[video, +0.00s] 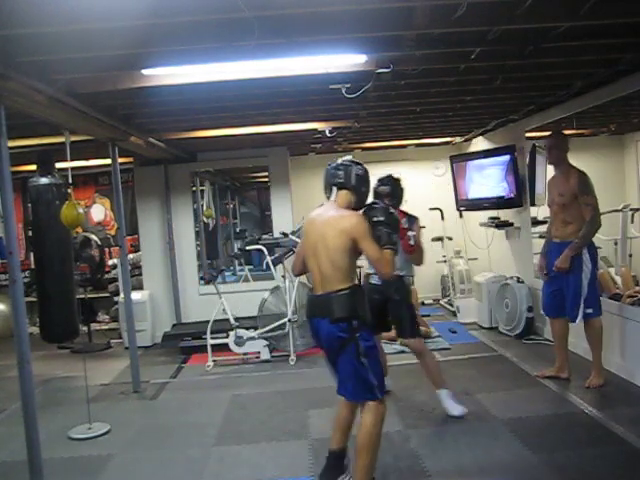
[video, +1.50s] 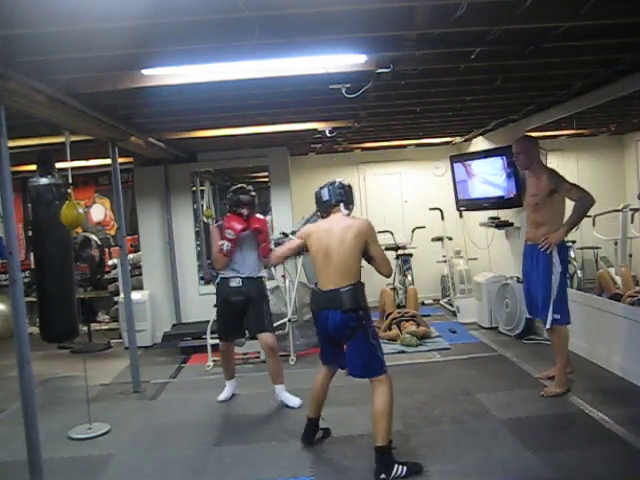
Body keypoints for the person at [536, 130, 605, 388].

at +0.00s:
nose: (548, 153)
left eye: (553, 149)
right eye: (546, 149)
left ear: (565, 149)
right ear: (546, 152)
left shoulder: (579, 178)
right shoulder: (552, 182)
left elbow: (595, 222)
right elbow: (553, 222)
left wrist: (569, 253)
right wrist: (544, 253)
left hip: (579, 251)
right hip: (556, 250)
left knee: (589, 311)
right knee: (555, 308)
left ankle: (597, 369)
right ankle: (561, 366)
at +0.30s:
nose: (548, 154)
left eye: (551, 150)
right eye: (546, 150)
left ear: (565, 149)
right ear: (551, 152)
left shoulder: (580, 176)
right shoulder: (558, 177)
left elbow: (611, 212)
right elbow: (566, 214)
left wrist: (583, 245)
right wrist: (556, 237)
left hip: (581, 251)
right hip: (559, 249)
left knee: (590, 312)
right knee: (559, 309)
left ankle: (597, 370)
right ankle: (563, 363)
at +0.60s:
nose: (538, 157)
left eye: (541, 151)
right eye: (536, 153)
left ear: (555, 149)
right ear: (541, 154)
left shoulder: (574, 172)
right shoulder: (550, 175)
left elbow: (612, 184)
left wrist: (592, 220)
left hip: (576, 249)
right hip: (553, 249)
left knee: (587, 311)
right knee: (559, 309)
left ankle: (598, 370)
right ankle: (564, 365)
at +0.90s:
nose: (520, 160)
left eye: (523, 155)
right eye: (518, 156)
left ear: (539, 152)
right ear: (522, 158)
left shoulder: (559, 174)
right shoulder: (534, 178)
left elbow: (598, 189)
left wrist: (575, 225)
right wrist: (541, 231)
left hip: (562, 249)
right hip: (542, 250)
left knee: (570, 312)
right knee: (554, 311)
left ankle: (595, 363)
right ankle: (564, 365)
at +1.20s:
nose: (514, 161)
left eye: (517, 156)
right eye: (512, 157)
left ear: (531, 154)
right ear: (515, 159)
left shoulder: (550, 175)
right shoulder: (524, 179)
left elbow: (588, 192)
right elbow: (522, 203)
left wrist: (566, 227)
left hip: (555, 248)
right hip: (535, 248)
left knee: (555, 311)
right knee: (547, 310)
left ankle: (568, 378)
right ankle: (561, 365)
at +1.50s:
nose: (515, 159)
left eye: (519, 154)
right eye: (514, 155)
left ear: (534, 153)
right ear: (520, 156)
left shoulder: (549, 177)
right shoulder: (528, 178)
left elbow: (586, 200)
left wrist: (562, 231)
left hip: (550, 252)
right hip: (531, 251)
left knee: (555, 315)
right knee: (542, 312)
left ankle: (561, 379)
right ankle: (562, 364)